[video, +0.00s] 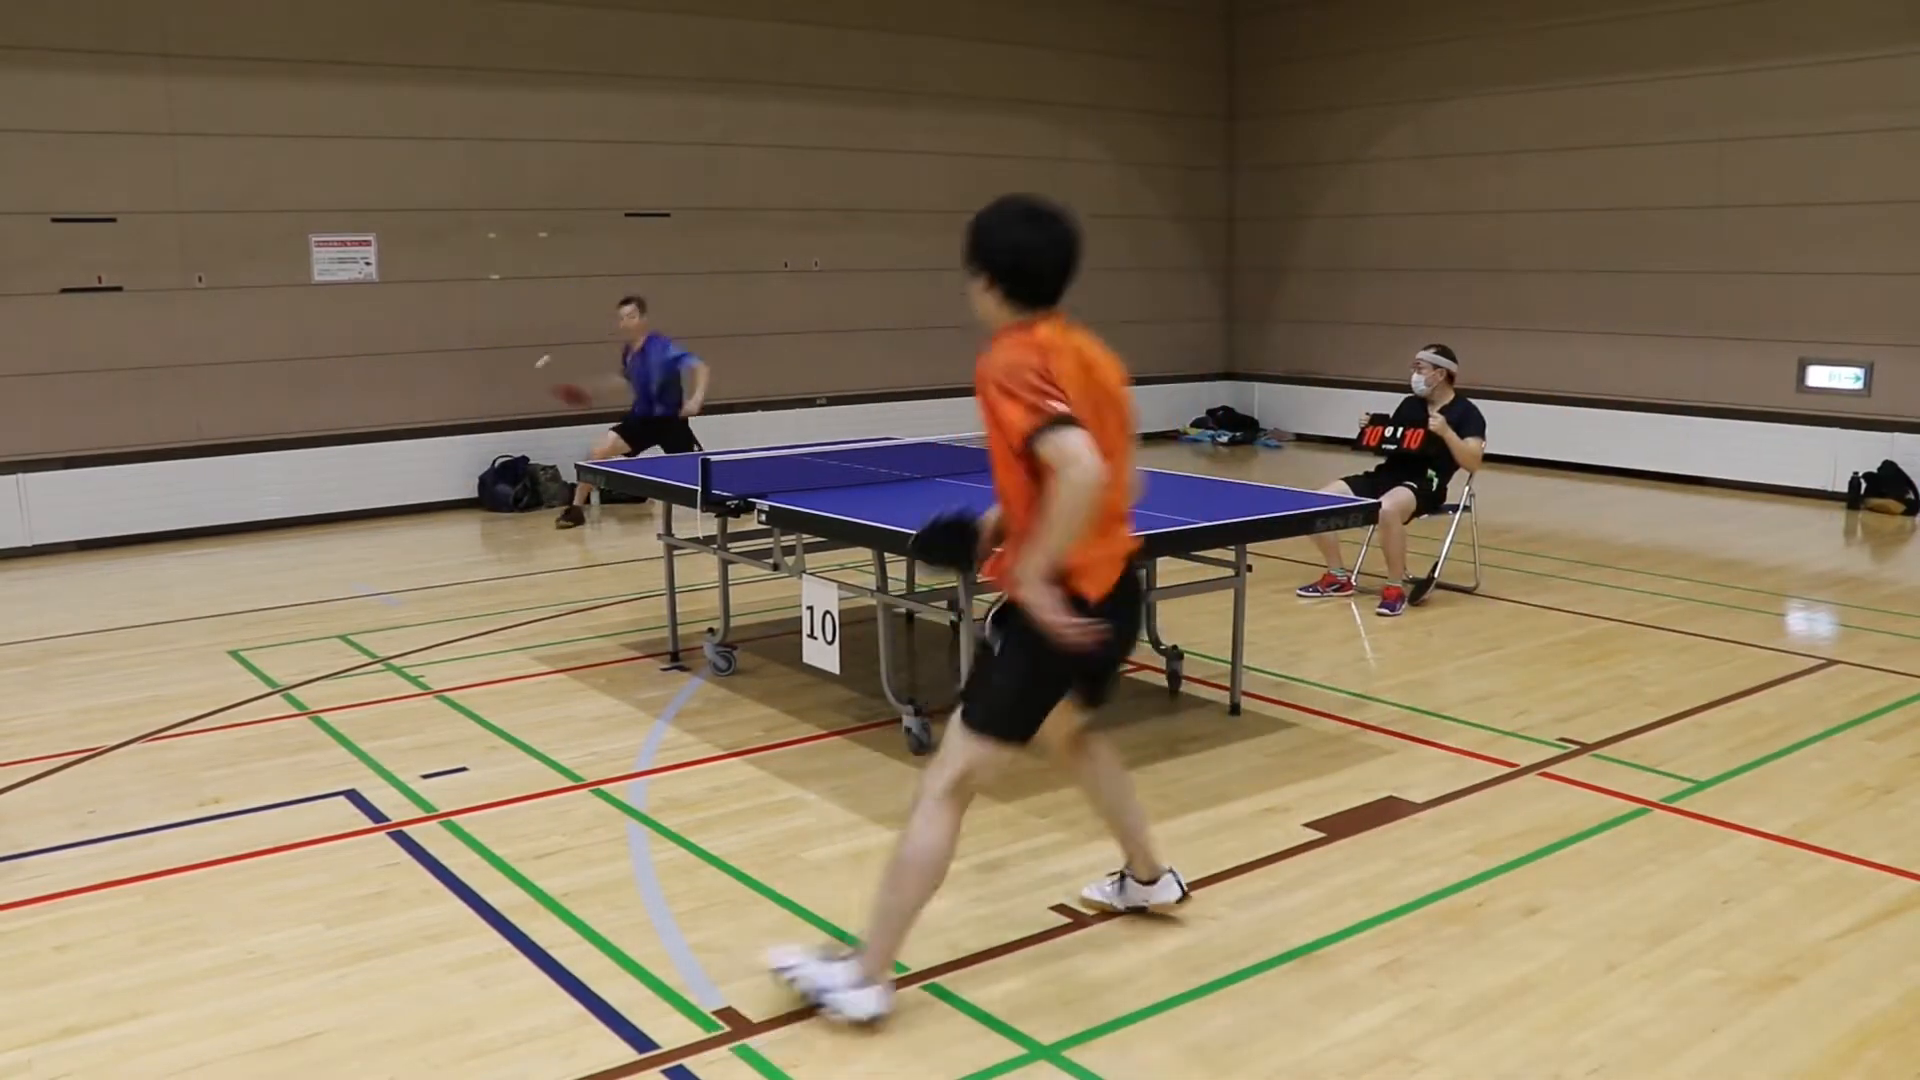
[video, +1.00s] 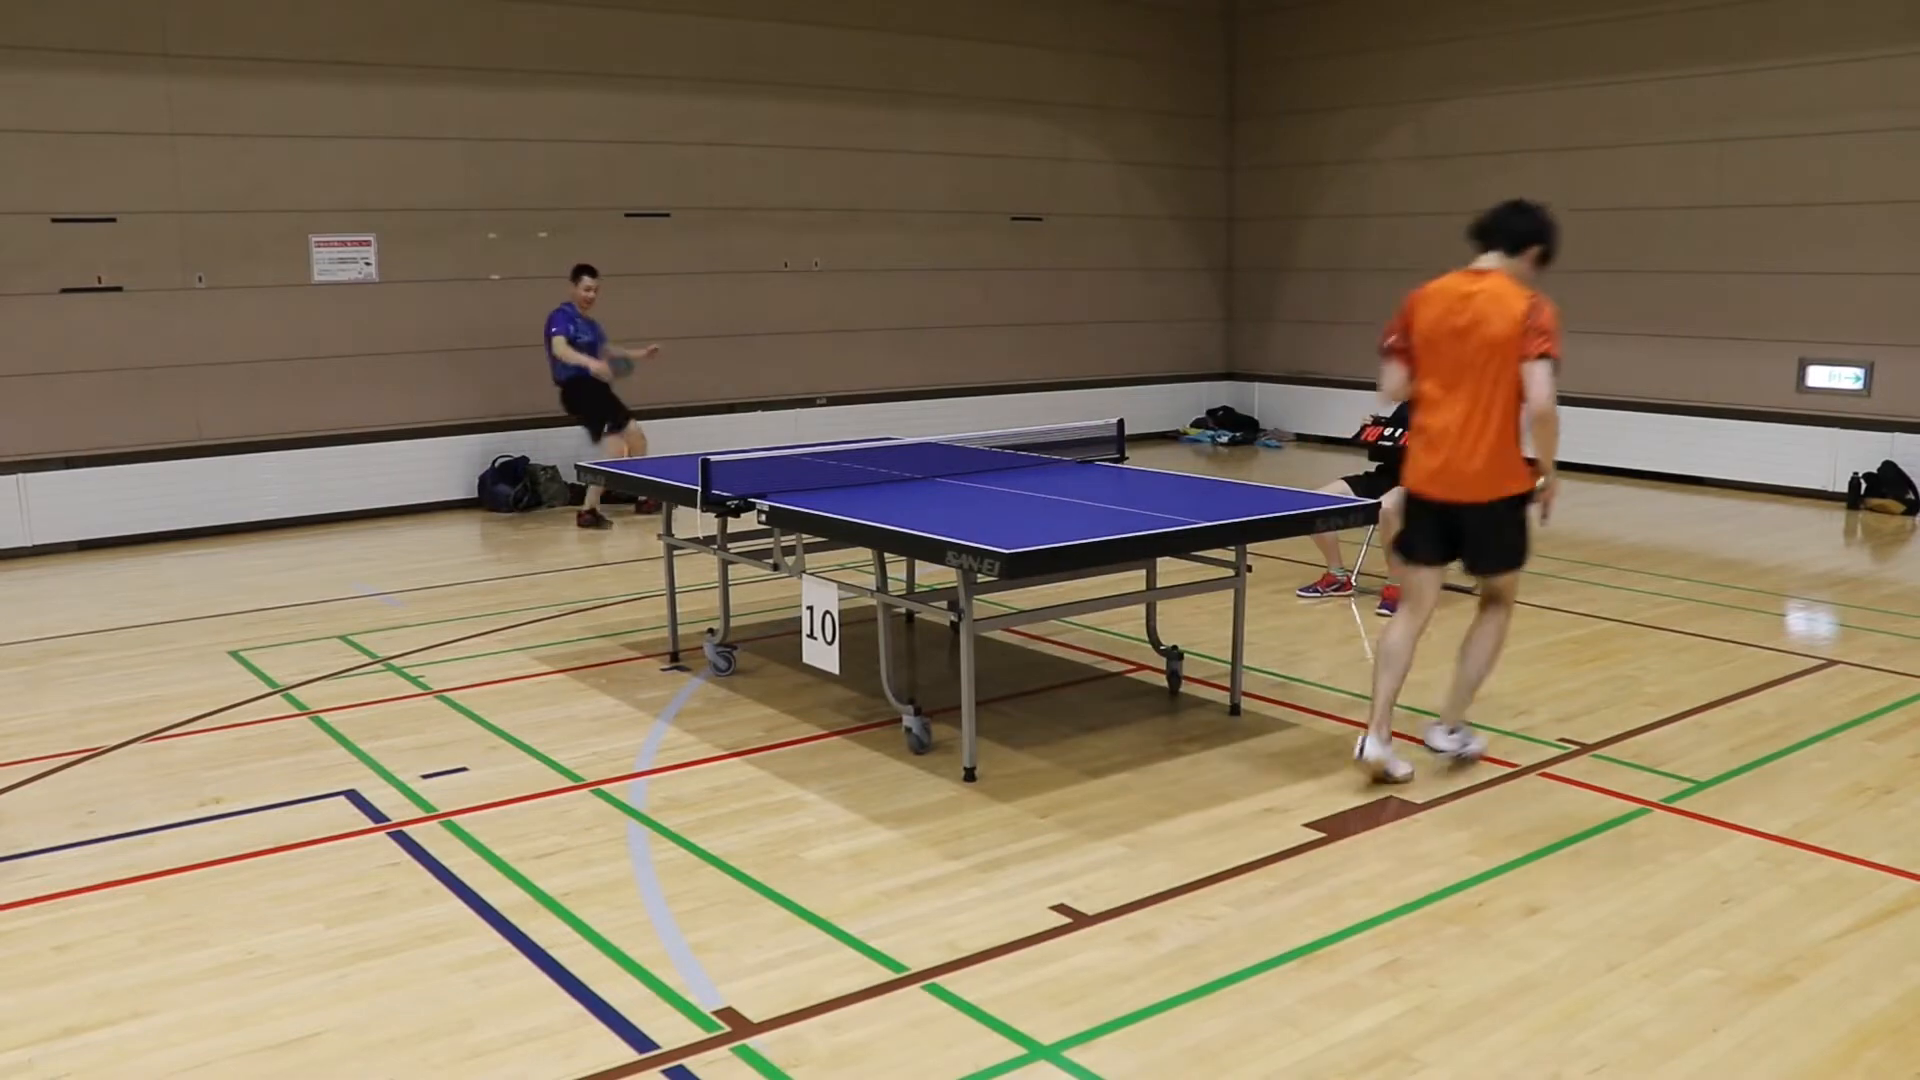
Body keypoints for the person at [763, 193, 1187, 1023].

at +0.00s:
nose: (970, 286)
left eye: (973, 273)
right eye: (971, 272)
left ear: (992, 280)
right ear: (1056, 279)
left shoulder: (1012, 360)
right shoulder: (1093, 354)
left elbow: (1079, 469)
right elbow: (1110, 480)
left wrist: (1037, 574)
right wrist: (1005, 525)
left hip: (1049, 599)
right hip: (1109, 589)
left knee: (947, 782)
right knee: (1076, 731)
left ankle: (867, 973)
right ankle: (1148, 875)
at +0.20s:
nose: (1085, 287)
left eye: (1089, 276)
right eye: (1091, 275)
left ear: (1100, 284)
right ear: (1172, 287)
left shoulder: (1059, 360)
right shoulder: (1205, 374)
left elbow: (988, 486)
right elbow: (1238, 523)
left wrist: (1029, 550)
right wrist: (1202, 541)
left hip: (1085, 598)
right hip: (1178, 594)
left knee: (1026, 771)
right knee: (1227, 722)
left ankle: (1037, 950)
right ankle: (1277, 861)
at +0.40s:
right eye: (1308, 293)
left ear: (1233, 292)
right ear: (1304, 302)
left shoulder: (1184, 367)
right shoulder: (1309, 390)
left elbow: (1148, 475)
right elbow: (1344, 519)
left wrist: (1198, 522)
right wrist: (1389, 617)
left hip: (1161, 588)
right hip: (1251, 595)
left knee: (1113, 742)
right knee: (1310, 711)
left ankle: (1053, 888)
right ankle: (1312, 867)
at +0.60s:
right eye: (1396, 227)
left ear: (1329, 224)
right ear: (1397, 236)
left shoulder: (1280, 295)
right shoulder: (1410, 315)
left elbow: (1231, 389)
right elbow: (1443, 427)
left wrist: (1274, 402)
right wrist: (1451, 514)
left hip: (1275, 503)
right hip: (1356, 512)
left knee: (1253, 649)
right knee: (1345, 667)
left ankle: (1222, 783)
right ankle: (1324, 824)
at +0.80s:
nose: (1455, 237)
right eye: (1456, 228)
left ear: (1385, 228)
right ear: (1450, 235)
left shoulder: (1345, 298)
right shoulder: (1469, 310)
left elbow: (1300, 395)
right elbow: (1505, 416)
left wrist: (1350, 372)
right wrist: (1486, 485)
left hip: (1358, 492)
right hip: (1430, 493)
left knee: (1366, 628)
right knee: (1406, 636)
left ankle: (1372, 756)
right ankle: (1373, 745)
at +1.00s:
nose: (1538, 274)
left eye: (1541, 265)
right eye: (1540, 264)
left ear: (1482, 244)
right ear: (1529, 254)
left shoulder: (1423, 298)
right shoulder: (1530, 307)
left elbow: (1392, 385)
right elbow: (1540, 402)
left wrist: (1449, 376)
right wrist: (1547, 470)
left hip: (1426, 482)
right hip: (1493, 485)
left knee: (1412, 605)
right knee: (1496, 600)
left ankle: (1376, 738)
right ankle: (1448, 726)